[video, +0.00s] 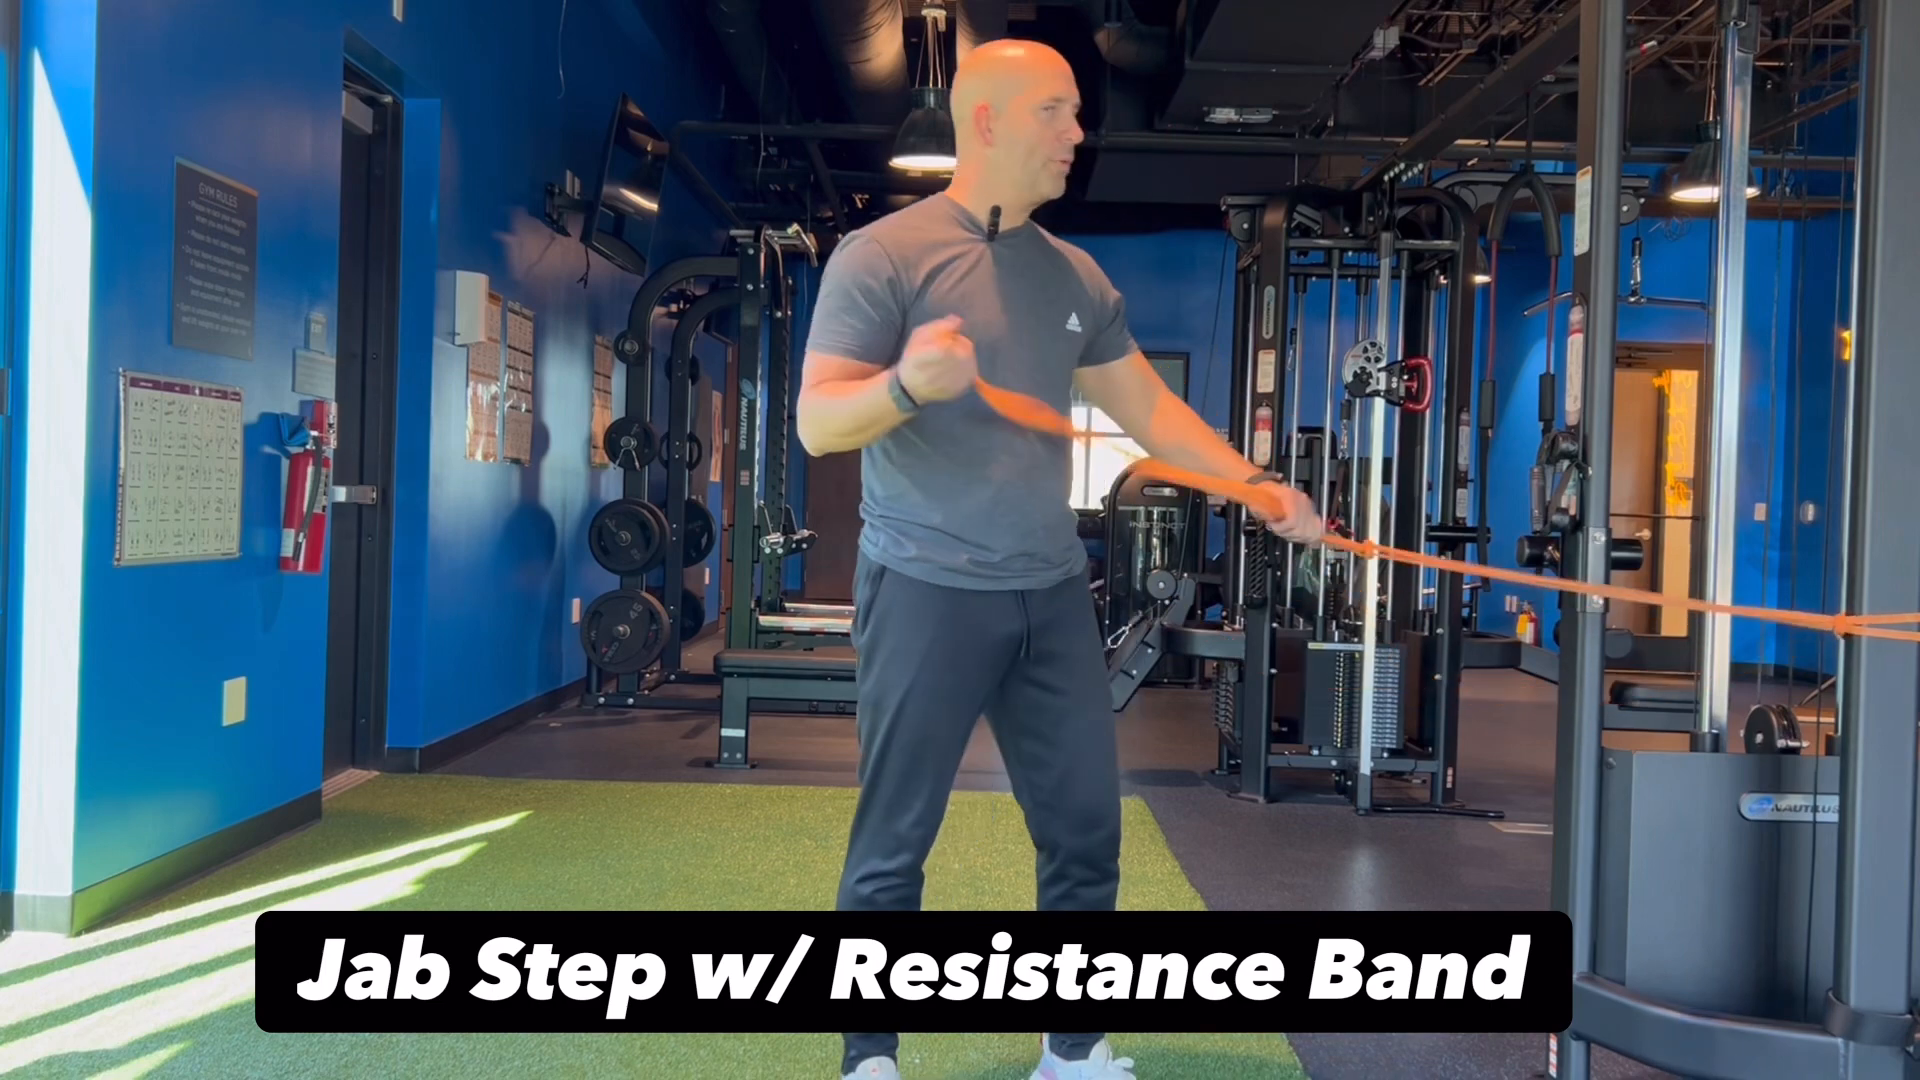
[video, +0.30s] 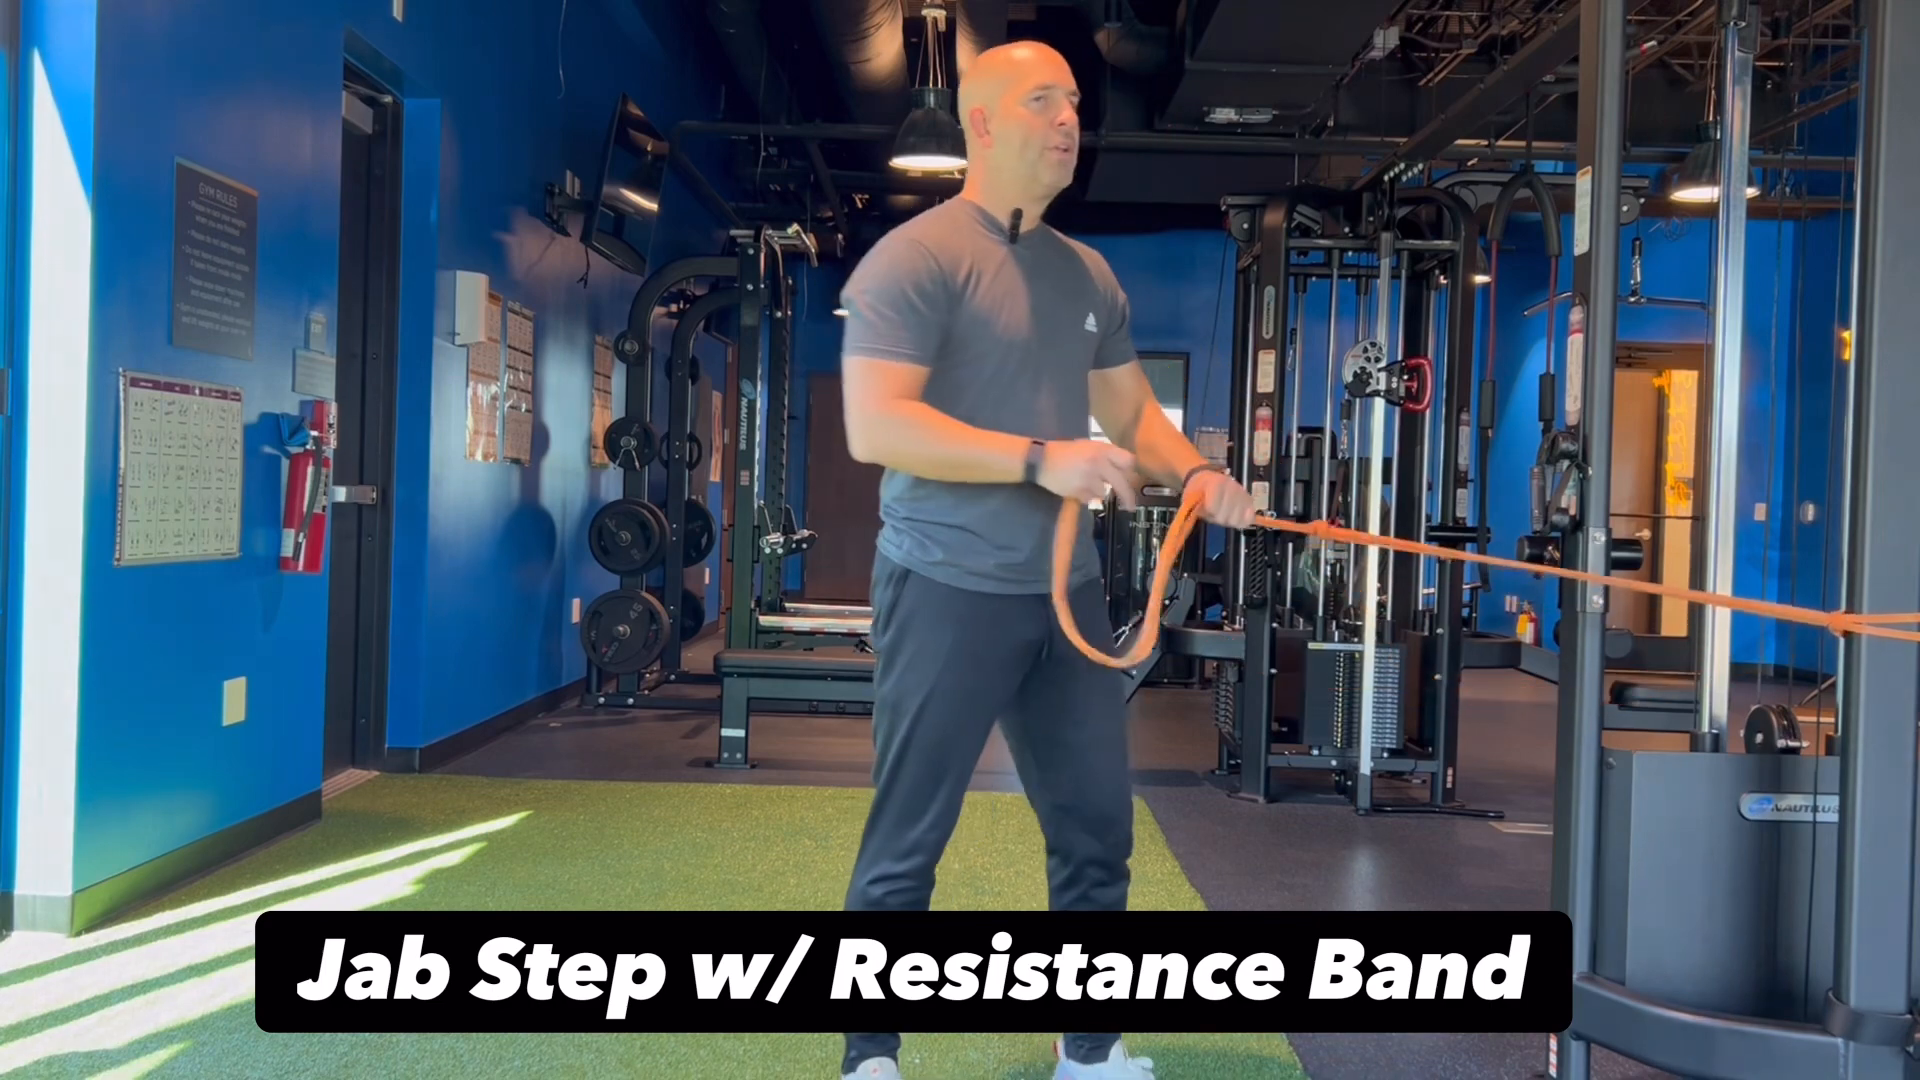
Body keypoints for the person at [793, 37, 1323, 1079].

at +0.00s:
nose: (1079, 134)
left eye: (1077, 115)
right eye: (1059, 114)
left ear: (1025, 130)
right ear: (986, 126)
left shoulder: (1073, 276)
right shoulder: (879, 256)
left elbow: (1147, 408)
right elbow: (820, 424)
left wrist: (1257, 488)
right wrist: (905, 387)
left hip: (1052, 587)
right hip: (927, 585)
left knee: (1084, 830)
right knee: (895, 837)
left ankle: (1071, 1051)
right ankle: (870, 1055)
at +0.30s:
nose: (1072, 119)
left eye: (1074, 104)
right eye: (1047, 101)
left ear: (1073, 130)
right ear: (981, 124)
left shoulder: (1087, 273)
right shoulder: (908, 262)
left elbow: (1134, 412)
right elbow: (878, 427)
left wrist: (1199, 475)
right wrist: (1041, 459)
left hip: (1072, 590)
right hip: (948, 591)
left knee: (1096, 834)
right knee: (907, 838)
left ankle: (1089, 1052)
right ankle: (872, 1054)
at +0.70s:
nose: (1176, 128)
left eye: (1186, 113)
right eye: (1150, 109)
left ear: (1195, 141)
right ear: (1092, 132)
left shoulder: (1196, 287)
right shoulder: (1043, 255)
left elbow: (1211, 425)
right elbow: (1036, 422)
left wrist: (1253, 444)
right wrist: (1199, 474)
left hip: (1155, 587)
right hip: (1047, 572)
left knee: (1135, 828)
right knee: (1058, 809)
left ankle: (1090, 1050)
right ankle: (912, 1009)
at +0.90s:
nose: (1230, 125)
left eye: (1235, 110)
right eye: (1205, 107)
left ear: (1234, 136)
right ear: (1142, 129)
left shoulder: (1227, 281)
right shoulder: (1090, 245)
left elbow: (1240, 422)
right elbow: (1058, 415)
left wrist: (1296, 439)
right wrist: (1220, 462)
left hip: (1181, 582)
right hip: (1088, 570)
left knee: (1155, 823)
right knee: (1128, 822)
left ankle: (1091, 1039)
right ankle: (1074, 1053)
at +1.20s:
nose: (1300, 153)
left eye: (1298, 132)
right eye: (1288, 130)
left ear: (1230, 140)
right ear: (1221, 135)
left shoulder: (1262, 284)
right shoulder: (1119, 251)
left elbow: (1272, 440)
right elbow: (1074, 420)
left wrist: (1286, 553)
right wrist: (1253, 448)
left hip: (1245, 589)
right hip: (1134, 588)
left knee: (1304, 815)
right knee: (1128, 851)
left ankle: (1178, 1011)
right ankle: (1089, 1057)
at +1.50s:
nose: (1389, 175)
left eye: (1389, 154)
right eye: (1374, 152)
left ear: (1316, 159)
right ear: (1304, 155)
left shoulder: (1366, 299)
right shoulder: (1177, 270)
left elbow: (1387, 429)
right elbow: (1090, 417)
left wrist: (1421, 451)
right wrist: (1224, 418)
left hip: (1327, 609)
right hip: (1199, 601)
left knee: (1339, 850)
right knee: (1167, 851)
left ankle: (1329, 1051)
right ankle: (1100, 1059)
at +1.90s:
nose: (1484, 201)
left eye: (1489, 180)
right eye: (1474, 177)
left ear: (1413, 178)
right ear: (1402, 171)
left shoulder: (1458, 311)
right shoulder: (1249, 263)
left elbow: (1505, 438)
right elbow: (1151, 391)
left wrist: (1577, 501)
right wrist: (1215, 410)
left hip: (1379, 610)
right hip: (1239, 601)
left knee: (1351, 847)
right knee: (1197, 839)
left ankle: (1331, 1046)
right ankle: (1162, 1042)